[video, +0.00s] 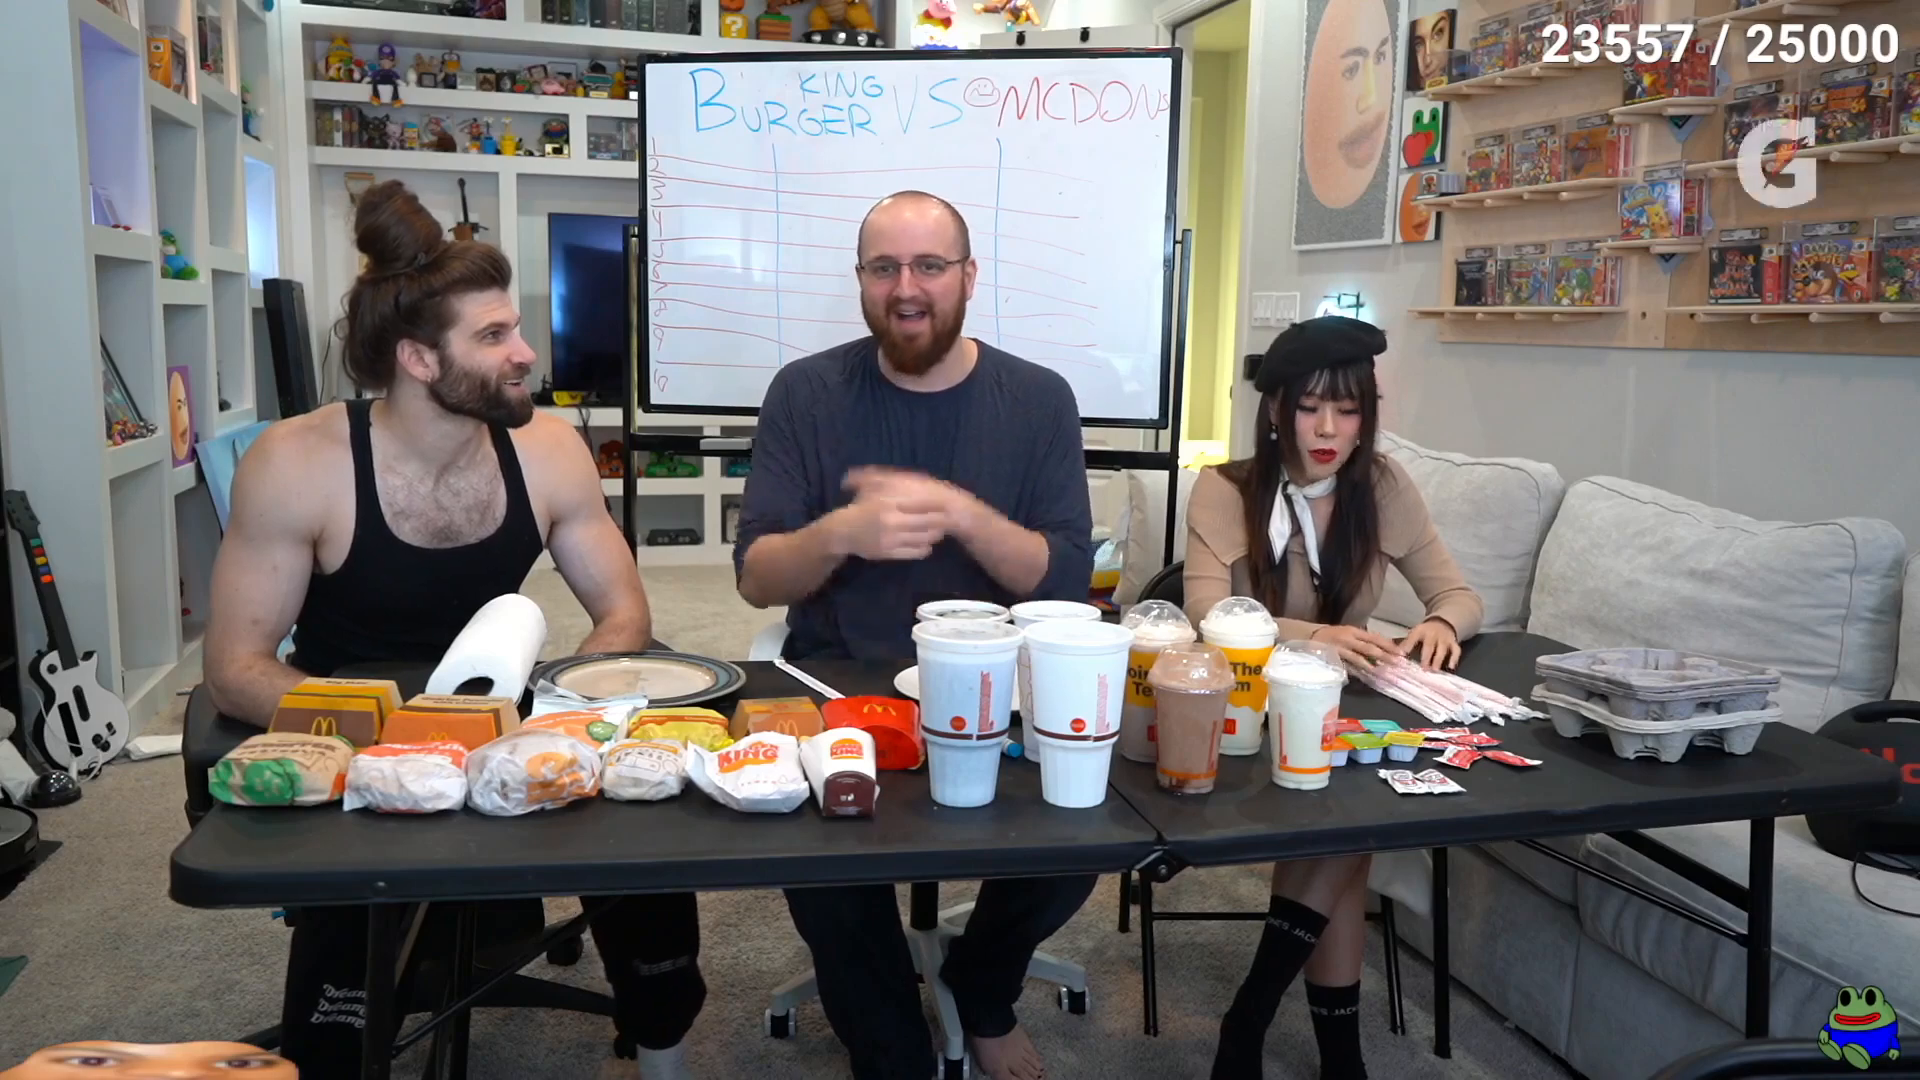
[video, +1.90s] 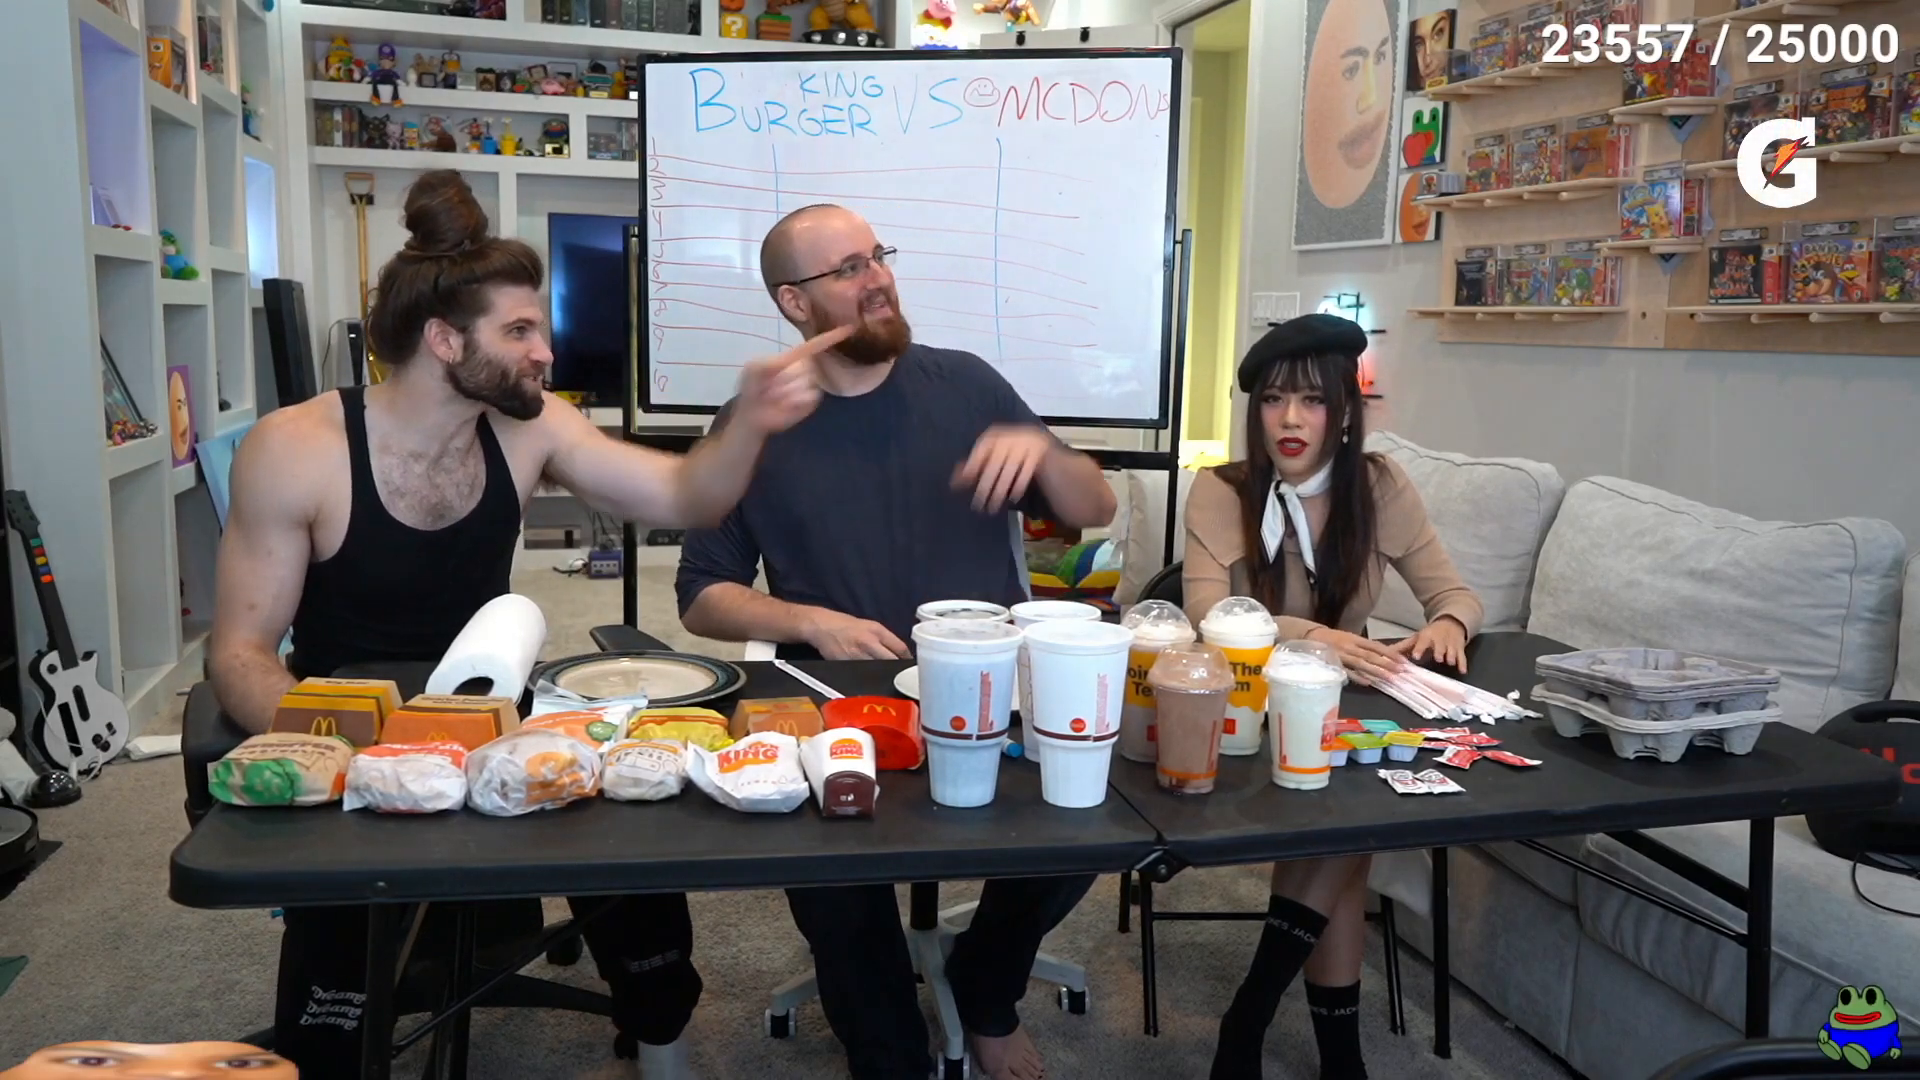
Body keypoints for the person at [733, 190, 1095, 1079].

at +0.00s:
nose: (906, 288)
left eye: (929, 266)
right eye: (884, 268)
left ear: (969, 278)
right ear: (860, 284)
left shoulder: (1037, 398)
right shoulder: (805, 392)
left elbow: (1069, 585)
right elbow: (758, 580)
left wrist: (967, 515)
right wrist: (840, 531)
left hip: (999, 681)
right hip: (842, 679)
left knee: (1076, 837)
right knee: (819, 851)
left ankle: (980, 986)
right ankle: (898, 1058)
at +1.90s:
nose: (880, 279)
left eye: (880, 258)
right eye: (849, 270)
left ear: (892, 265)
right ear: (795, 305)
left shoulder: (964, 383)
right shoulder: (755, 426)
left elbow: (1093, 512)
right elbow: (700, 595)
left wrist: (1044, 451)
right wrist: (809, 622)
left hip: (990, 687)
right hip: (836, 699)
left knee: (1075, 825)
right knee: (822, 858)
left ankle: (982, 991)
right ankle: (895, 1061)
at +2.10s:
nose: (862, 284)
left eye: (863, 262)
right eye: (831, 274)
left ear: (874, 267)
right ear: (777, 307)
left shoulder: (954, 378)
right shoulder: (733, 434)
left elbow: (1082, 419)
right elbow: (692, 605)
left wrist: (1122, 291)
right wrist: (802, 620)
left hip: (982, 695)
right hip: (831, 710)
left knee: (1076, 821)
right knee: (821, 863)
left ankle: (985, 988)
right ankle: (896, 1059)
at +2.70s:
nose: (840, 292)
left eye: (846, 270)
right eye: (809, 283)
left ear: (862, 277)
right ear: (763, 311)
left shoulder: (945, 378)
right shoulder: (726, 440)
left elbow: (1098, 456)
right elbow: (693, 604)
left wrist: (1039, 410)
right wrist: (797, 622)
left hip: (976, 685)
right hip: (826, 703)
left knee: (1069, 821)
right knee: (816, 863)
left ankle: (987, 992)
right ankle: (893, 1059)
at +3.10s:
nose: (830, 330)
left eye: (851, 305)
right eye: (805, 312)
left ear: (888, 305)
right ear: (782, 325)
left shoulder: (980, 387)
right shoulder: (754, 408)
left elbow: (1086, 447)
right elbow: (721, 475)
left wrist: (1078, 584)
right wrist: (765, 582)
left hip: (981, 675)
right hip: (830, 675)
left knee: (1013, 832)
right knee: (787, 837)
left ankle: (954, 1045)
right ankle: (861, 1056)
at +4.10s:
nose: (703, 262)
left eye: (716, 238)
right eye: (690, 240)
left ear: (795, 189)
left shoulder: (970, 240)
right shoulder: (711, 250)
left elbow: (1090, 373)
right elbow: (740, 390)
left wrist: (1097, 544)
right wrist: (779, 516)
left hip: (934, 571)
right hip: (796, 560)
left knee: (873, 811)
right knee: (763, 798)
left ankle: (898, 1030)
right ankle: (837, 1016)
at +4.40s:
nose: (682, 104)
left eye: (680, 76)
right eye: (672, 82)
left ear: (746, 46)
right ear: (744, 50)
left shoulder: (950, 155)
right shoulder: (763, 150)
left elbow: (1052, 350)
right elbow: (780, 323)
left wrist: (1018, 538)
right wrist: (782, 461)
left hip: (903, 541)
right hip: (776, 514)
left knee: (854, 797)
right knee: (731, 760)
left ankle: (900, 1023)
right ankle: (814, 982)